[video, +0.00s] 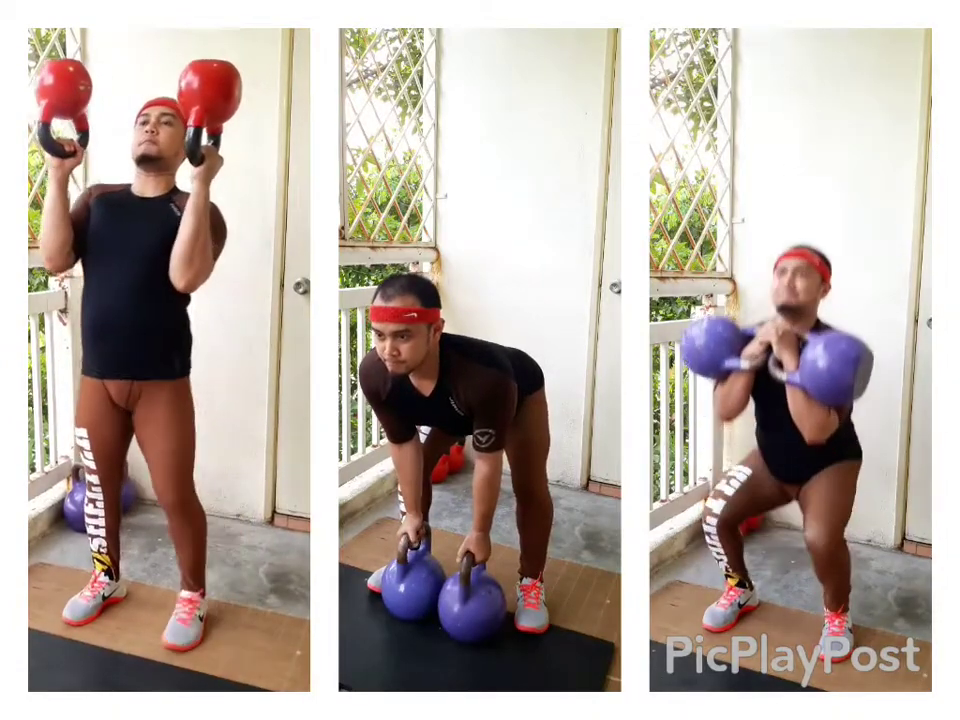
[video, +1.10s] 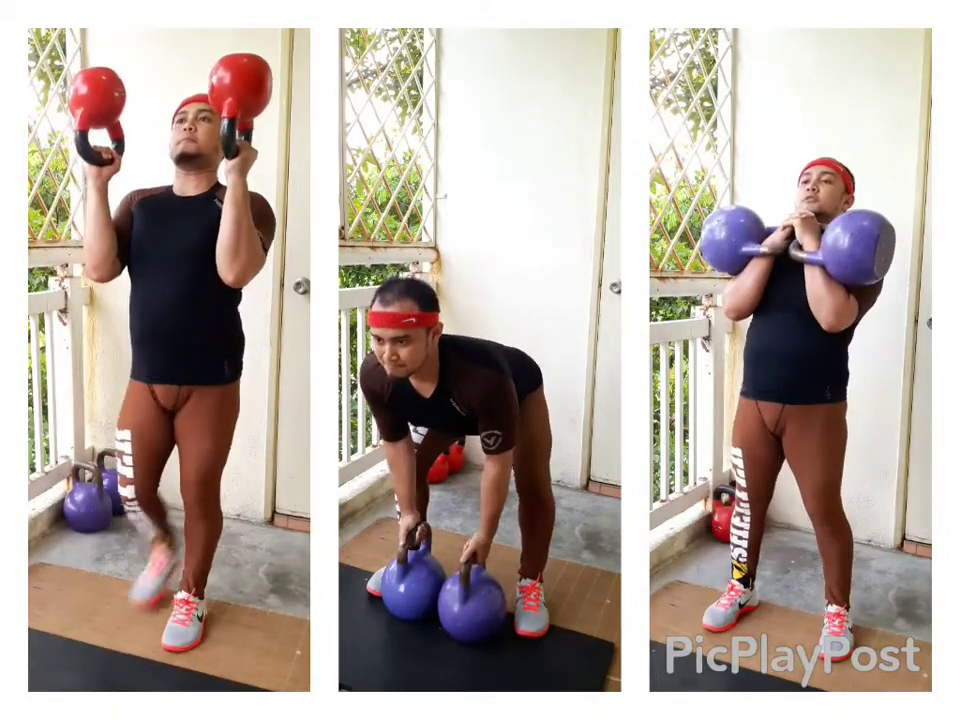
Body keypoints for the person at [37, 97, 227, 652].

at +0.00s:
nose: (149, 129)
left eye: (163, 123)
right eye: (142, 122)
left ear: (186, 144)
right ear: (130, 140)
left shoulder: (198, 212)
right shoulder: (97, 200)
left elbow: (186, 276)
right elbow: (55, 261)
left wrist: (199, 187)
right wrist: (58, 175)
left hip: (162, 380)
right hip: (97, 375)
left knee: (175, 495)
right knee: (101, 485)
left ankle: (192, 594)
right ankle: (105, 577)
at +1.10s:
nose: (188, 127)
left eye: (203, 119)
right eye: (180, 121)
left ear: (227, 138)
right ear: (169, 142)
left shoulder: (247, 205)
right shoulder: (140, 203)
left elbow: (235, 271)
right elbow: (100, 268)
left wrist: (235, 180)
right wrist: (98, 186)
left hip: (211, 381)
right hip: (146, 378)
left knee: (199, 497)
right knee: (140, 490)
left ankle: (191, 595)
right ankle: (166, 546)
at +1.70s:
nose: (190, 204)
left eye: (204, 196)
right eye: (181, 197)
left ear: (225, 213)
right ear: (171, 215)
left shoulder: (248, 278)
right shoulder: (147, 275)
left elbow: (235, 344)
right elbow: (114, 342)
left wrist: (237, 254)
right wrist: (104, 261)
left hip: (226, 414)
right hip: (168, 412)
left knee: (185, 504)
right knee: (175, 473)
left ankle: (187, 600)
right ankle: (212, 504)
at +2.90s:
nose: (198, 122)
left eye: (211, 116)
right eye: (191, 117)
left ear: (236, 136)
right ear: (180, 137)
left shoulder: (258, 208)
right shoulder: (149, 202)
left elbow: (240, 276)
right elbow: (110, 268)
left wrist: (243, 180)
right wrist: (104, 184)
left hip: (216, 380)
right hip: (154, 373)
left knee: (201, 494)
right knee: (144, 479)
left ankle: (191, 597)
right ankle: (172, 538)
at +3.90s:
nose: (159, 134)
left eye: (172, 126)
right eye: (150, 127)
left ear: (195, 144)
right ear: (139, 146)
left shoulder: (216, 214)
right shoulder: (110, 207)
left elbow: (198, 282)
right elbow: (73, 274)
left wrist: (201, 189)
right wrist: (70, 194)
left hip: (185, 381)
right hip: (122, 379)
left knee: (186, 493)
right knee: (126, 493)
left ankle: (212, 517)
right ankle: (142, 584)